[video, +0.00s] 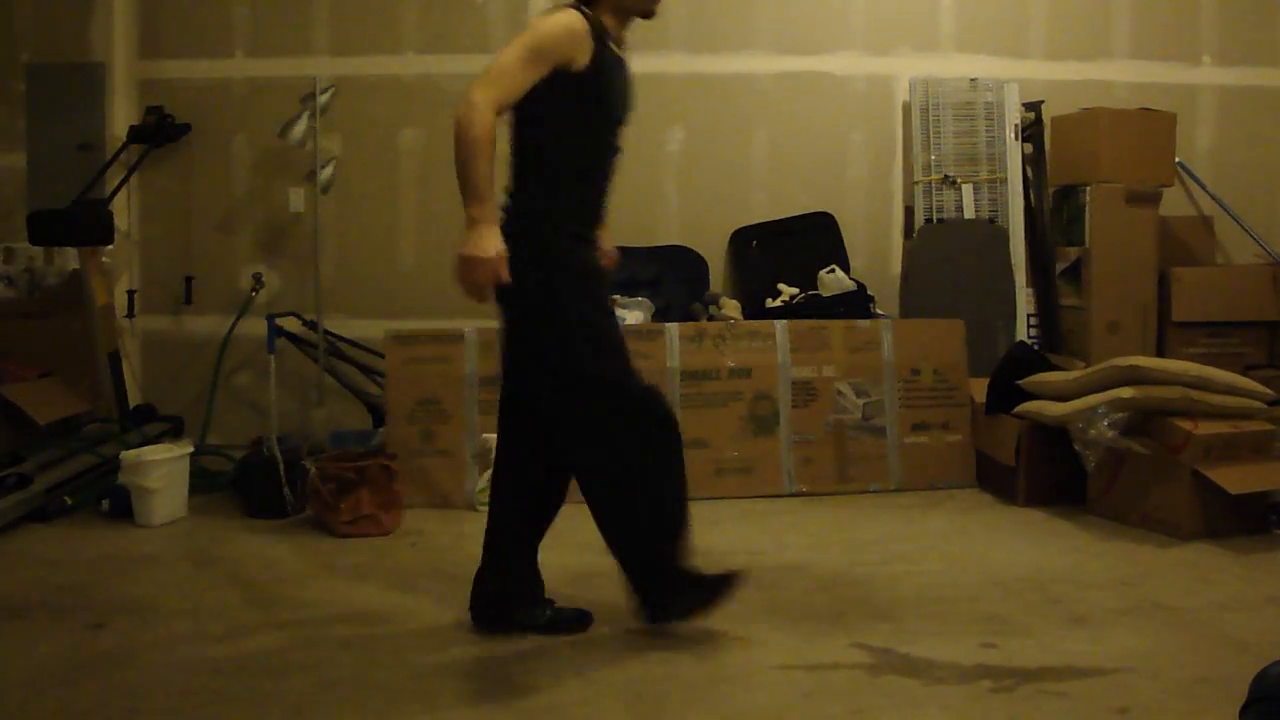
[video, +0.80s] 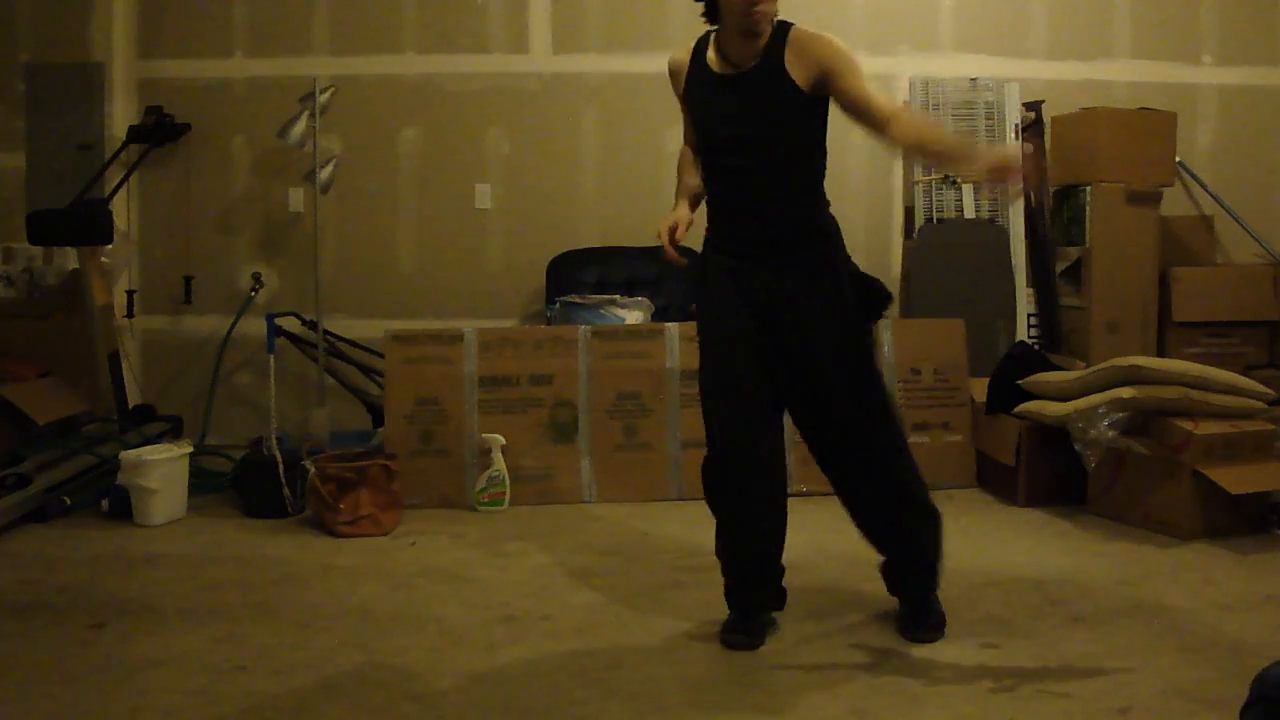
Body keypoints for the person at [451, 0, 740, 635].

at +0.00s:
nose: (657, 1)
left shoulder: (606, 49)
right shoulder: (566, 29)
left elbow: (567, 150)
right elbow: (477, 106)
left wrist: (590, 236)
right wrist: (480, 223)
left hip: (567, 267)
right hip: (544, 266)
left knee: (537, 432)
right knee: (628, 420)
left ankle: (504, 595)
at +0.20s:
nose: (701, 6)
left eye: (703, 0)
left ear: (694, 7)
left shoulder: (692, 59)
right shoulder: (603, 51)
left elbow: (675, 162)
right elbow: (526, 142)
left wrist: (702, 250)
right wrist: (496, 250)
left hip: (646, 271)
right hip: (597, 273)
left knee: (618, 429)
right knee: (658, 432)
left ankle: (526, 571)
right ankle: (684, 604)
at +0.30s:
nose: (718, 7)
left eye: (722, 0)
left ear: (719, 8)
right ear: (671, 2)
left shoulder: (727, 60)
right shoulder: (619, 68)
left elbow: (731, 149)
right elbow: (560, 165)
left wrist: (763, 217)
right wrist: (531, 272)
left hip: (691, 273)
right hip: (632, 276)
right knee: (677, 435)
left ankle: (606, 518)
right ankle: (686, 605)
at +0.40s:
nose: (733, 6)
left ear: (743, 2)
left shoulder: (756, 55)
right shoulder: (634, 64)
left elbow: (791, 131)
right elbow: (589, 168)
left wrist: (823, 169)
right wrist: (571, 274)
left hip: (735, 272)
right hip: (665, 277)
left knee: (808, 423)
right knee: (689, 440)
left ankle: (706, 525)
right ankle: (688, 605)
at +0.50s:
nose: (731, 9)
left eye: (738, 4)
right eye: (719, 4)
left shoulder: (788, 30)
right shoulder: (650, 40)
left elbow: (857, 96)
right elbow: (616, 139)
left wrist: (899, 113)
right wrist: (610, 244)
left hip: (771, 258)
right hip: (687, 263)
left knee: (842, 415)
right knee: (695, 435)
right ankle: (701, 601)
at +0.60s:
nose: (748, 4)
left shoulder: (810, 31)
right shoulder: (673, 45)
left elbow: (917, 82)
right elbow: (638, 133)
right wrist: (642, 223)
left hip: (798, 262)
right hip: (710, 267)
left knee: (857, 429)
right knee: (706, 444)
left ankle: (915, 578)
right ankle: (735, 603)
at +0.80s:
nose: (761, 10)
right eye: (746, 2)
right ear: (715, 6)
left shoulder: (812, 53)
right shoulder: (688, 67)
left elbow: (891, 119)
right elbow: (694, 147)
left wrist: (975, 159)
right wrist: (684, 202)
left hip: (812, 278)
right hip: (731, 283)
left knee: (859, 434)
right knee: (738, 449)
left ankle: (916, 580)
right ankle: (750, 600)